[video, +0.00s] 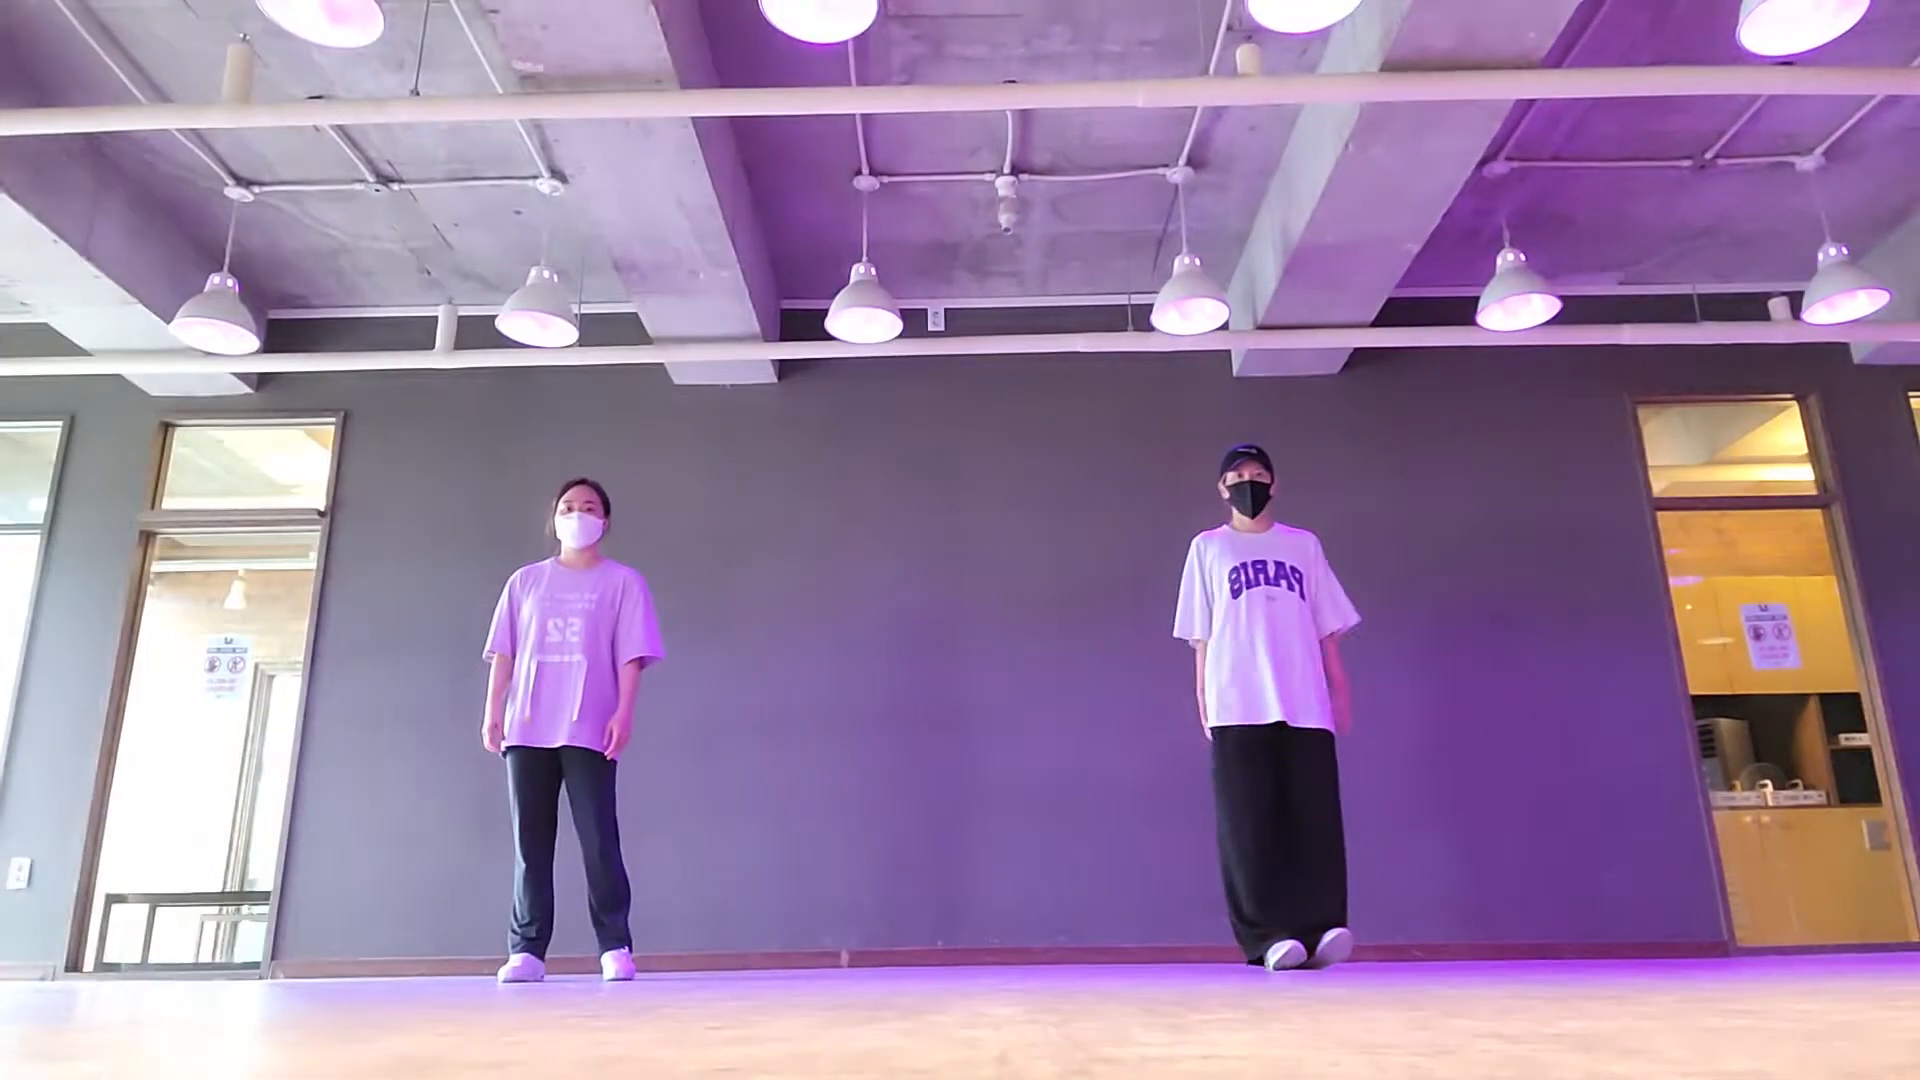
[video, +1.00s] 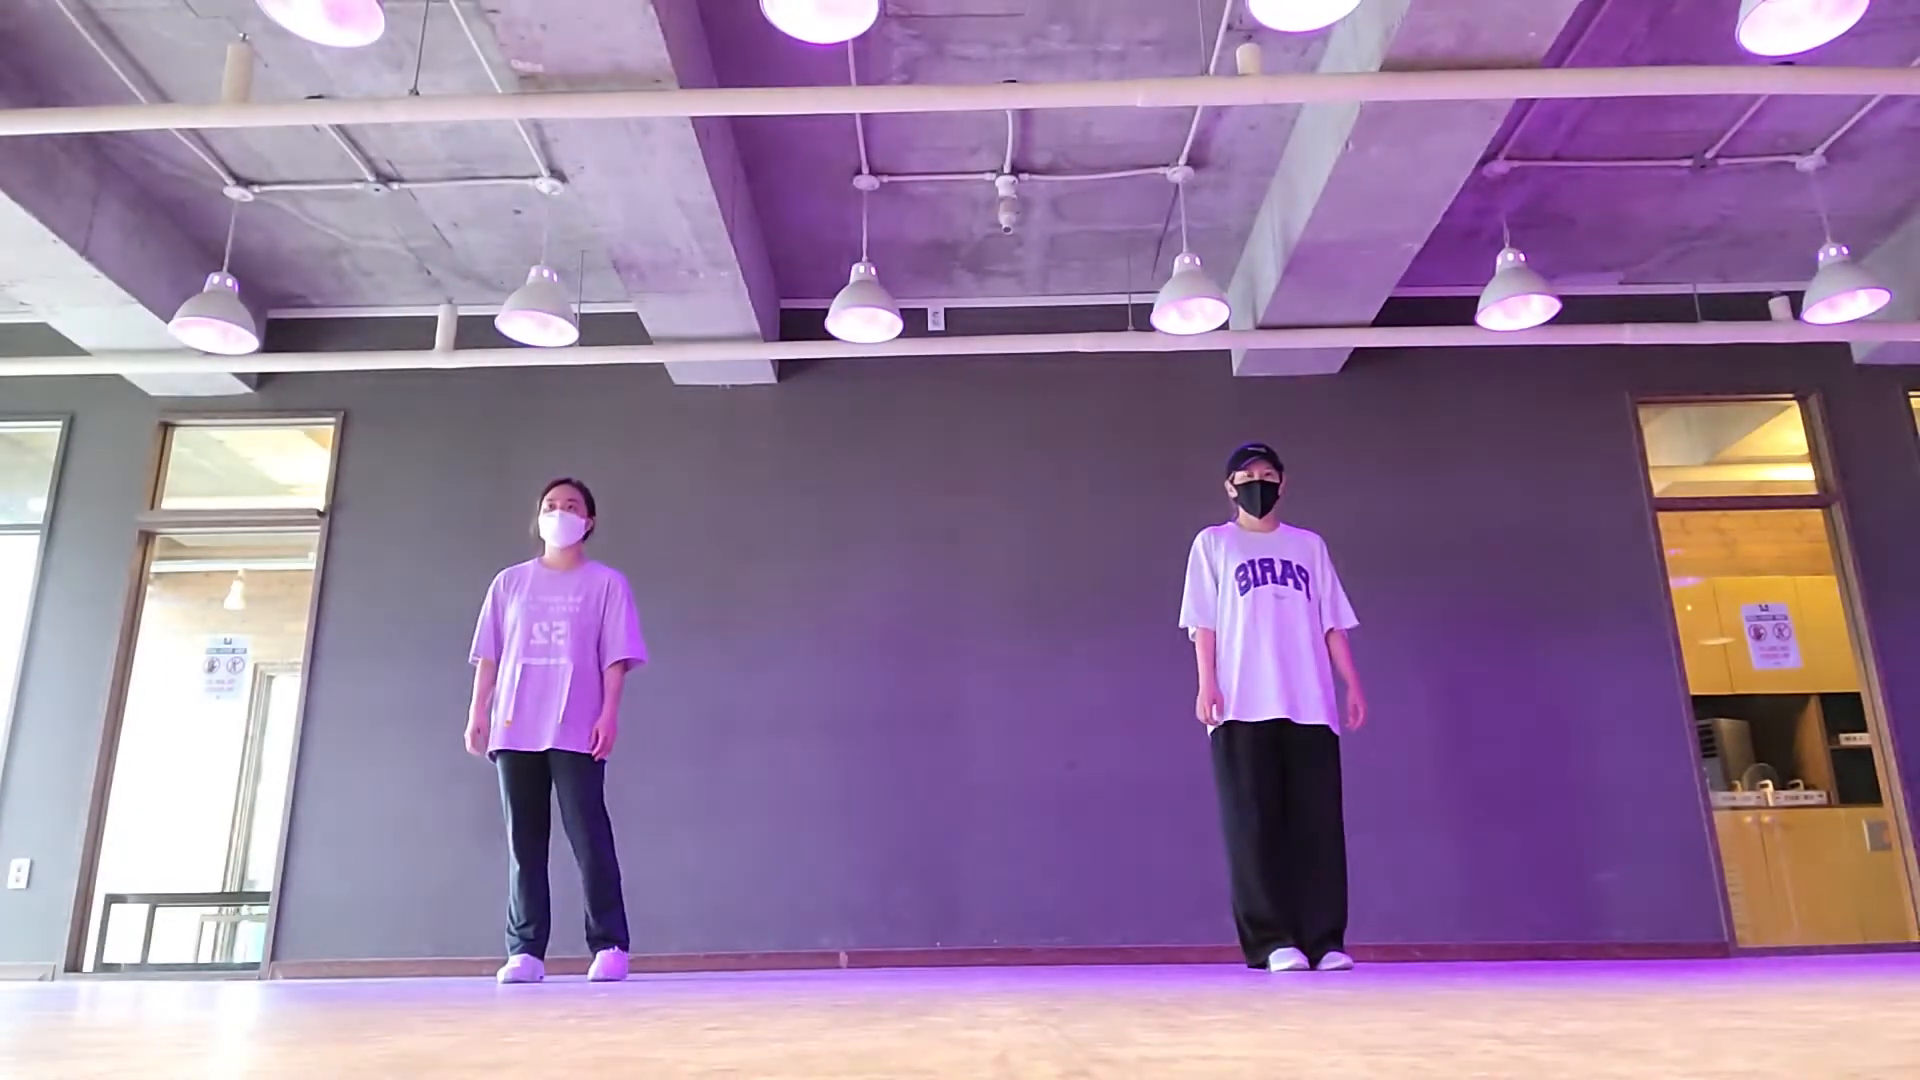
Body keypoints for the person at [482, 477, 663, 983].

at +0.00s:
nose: (578, 515)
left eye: (589, 509)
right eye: (568, 508)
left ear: (605, 524)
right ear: (554, 522)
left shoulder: (623, 581)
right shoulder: (525, 580)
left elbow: (632, 656)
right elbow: (503, 653)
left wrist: (624, 714)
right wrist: (494, 711)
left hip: (588, 728)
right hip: (527, 728)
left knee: (599, 843)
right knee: (530, 846)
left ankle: (615, 948)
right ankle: (526, 952)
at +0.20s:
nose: (564, 519)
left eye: (576, 512)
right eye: (555, 511)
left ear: (593, 525)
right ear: (541, 521)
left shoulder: (611, 585)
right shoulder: (510, 582)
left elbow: (620, 662)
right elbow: (488, 657)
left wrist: (613, 721)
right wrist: (479, 716)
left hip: (575, 734)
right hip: (514, 733)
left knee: (589, 848)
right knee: (520, 852)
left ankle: (610, 953)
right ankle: (519, 957)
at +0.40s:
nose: (556, 521)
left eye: (568, 513)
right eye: (547, 512)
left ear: (585, 525)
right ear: (531, 521)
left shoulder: (603, 586)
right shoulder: (500, 582)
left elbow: (611, 665)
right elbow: (476, 657)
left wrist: (604, 724)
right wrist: (466, 716)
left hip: (567, 736)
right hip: (504, 734)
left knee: (583, 850)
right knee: (514, 854)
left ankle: (606, 955)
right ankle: (516, 958)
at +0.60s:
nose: (559, 520)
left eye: (570, 513)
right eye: (550, 512)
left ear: (587, 525)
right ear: (535, 521)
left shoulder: (605, 586)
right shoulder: (504, 582)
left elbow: (612, 663)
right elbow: (480, 655)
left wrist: (606, 721)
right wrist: (472, 712)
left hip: (571, 732)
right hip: (509, 731)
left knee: (589, 845)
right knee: (519, 849)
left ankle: (612, 949)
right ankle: (522, 953)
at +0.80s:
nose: (559, 514)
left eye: (571, 509)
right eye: (550, 508)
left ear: (587, 525)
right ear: (536, 522)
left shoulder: (606, 584)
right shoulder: (506, 582)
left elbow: (613, 660)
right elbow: (485, 655)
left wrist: (607, 717)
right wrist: (476, 712)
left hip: (573, 730)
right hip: (511, 731)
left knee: (590, 843)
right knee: (522, 848)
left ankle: (613, 948)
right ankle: (524, 952)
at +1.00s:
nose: (560, 513)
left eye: (571, 507)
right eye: (551, 507)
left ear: (588, 523)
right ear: (537, 522)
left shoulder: (607, 583)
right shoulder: (508, 582)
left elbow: (616, 658)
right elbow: (487, 656)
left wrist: (609, 714)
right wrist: (478, 712)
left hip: (575, 728)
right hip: (514, 728)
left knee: (588, 838)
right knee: (524, 844)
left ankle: (610, 947)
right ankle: (524, 952)